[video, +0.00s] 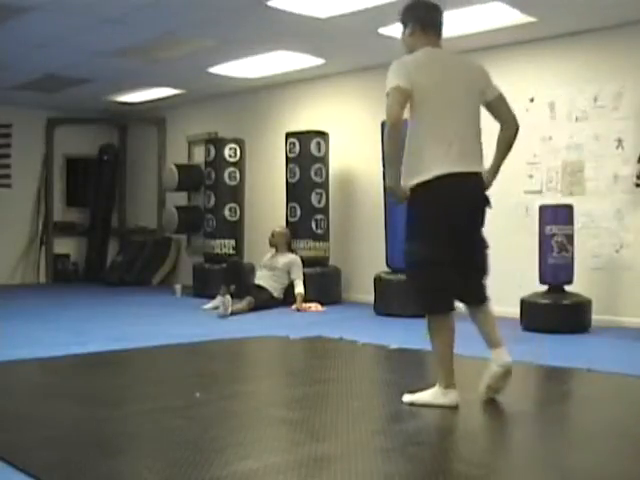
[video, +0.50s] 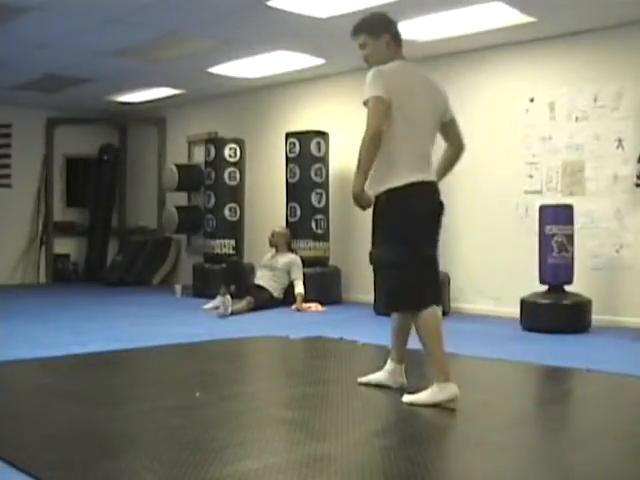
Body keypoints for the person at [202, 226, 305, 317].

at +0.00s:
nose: (269, 238)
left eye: (273, 235)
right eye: (271, 235)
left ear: (283, 239)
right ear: (277, 239)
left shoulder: (293, 259)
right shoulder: (270, 255)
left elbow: (298, 282)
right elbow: (261, 273)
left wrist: (299, 302)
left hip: (271, 294)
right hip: (254, 287)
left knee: (250, 301)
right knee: (234, 264)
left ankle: (230, 310)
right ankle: (221, 298)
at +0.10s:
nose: (269, 238)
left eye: (273, 235)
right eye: (271, 235)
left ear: (282, 239)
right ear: (277, 239)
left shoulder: (293, 259)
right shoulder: (270, 255)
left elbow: (298, 282)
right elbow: (261, 274)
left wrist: (299, 302)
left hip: (271, 294)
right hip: (254, 287)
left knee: (250, 301)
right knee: (234, 264)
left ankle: (230, 310)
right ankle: (221, 298)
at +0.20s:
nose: (270, 237)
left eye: (273, 235)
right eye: (271, 235)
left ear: (283, 239)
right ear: (278, 239)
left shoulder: (293, 259)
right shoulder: (270, 254)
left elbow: (298, 282)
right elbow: (262, 273)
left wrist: (299, 302)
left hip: (271, 293)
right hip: (255, 287)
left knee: (250, 301)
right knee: (234, 265)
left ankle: (230, 310)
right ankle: (221, 298)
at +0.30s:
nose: (270, 237)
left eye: (273, 235)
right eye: (271, 235)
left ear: (282, 239)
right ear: (278, 239)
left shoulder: (293, 259)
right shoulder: (270, 254)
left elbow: (298, 282)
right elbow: (263, 273)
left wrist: (299, 302)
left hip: (271, 293)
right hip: (255, 287)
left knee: (250, 300)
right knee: (233, 265)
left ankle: (230, 310)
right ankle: (221, 298)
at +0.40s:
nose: (270, 237)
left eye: (273, 235)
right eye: (271, 235)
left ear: (282, 239)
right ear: (278, 239)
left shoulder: (293, 259)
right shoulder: (270, 254)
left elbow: (298, 282)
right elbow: (262, 273)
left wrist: (299, 302)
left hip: (271, 293)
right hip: (255, 287)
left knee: (250, 300)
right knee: (233, 265)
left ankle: (230, 310)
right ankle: (221, 298)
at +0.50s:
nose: (270, 237)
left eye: (273, 235)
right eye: (271, 235)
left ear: (282, 239)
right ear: (278, 239)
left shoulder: (293, 259)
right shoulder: (270, 254)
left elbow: (298, 282)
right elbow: (262, 273)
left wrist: (299, 302)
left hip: (271, 293)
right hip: (255, 287)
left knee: (250, 300)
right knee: (233, 265)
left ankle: (230, 310)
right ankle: (221, 298)